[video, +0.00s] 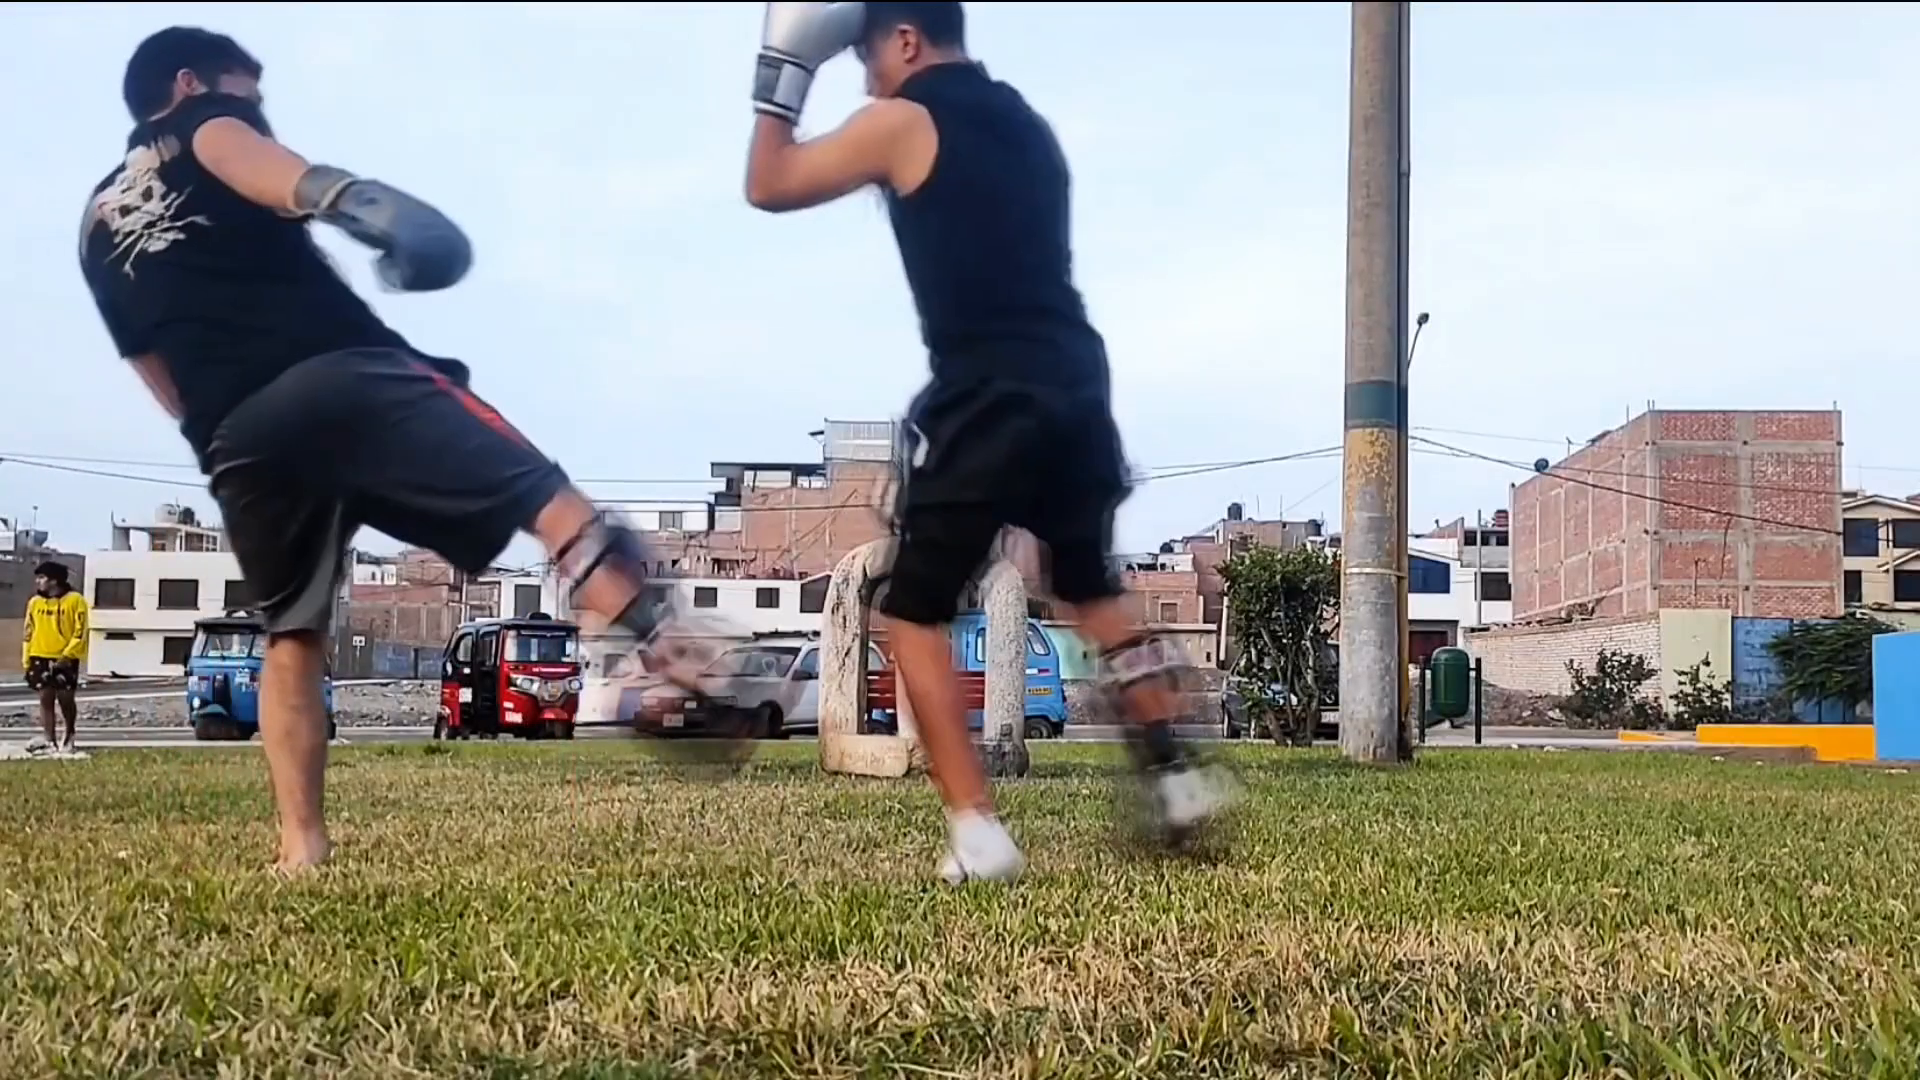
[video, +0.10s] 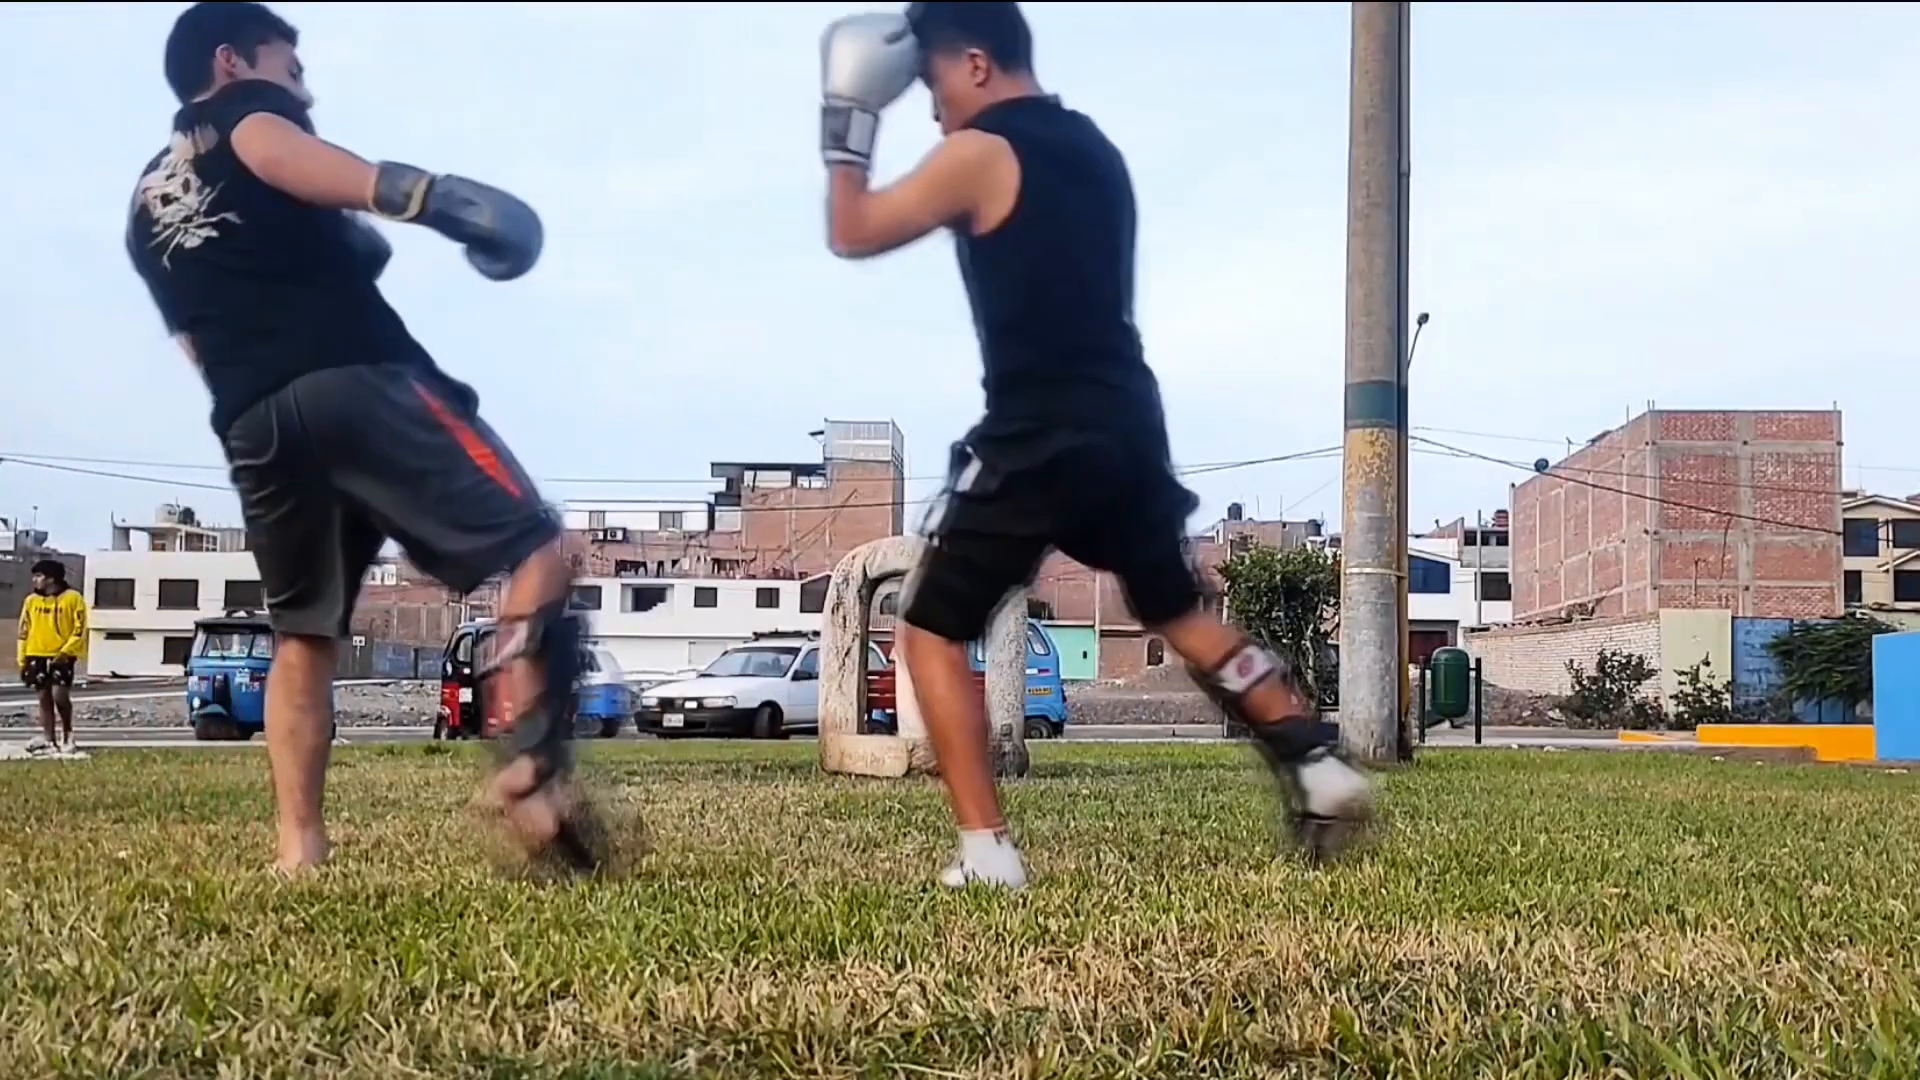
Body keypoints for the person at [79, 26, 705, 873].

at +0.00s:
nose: (258, 113)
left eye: (257, 100)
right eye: (247, 96)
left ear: (153, 101)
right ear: (187, 83)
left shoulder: (96, 225)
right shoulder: (204, 124)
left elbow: (169, 390)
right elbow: (250, 166)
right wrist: (352, 197)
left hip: (236, 437)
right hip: (334, 368)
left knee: (291, 639)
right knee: (543, 498)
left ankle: (301, 850)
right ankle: (671, 643)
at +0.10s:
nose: (300, 80)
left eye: (297, 66)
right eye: (287, 61)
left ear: (204, 73)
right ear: (229, 58)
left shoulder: (146, 199)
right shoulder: (244, 110)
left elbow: (194, 344)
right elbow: (280, 157)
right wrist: (436, 194)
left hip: (253, 423)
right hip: (349, 377)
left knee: (302, 633)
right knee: (534, 547)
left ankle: (299, 849)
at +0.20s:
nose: (346, 78)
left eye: (338, 59)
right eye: (329, 58)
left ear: (250, 81)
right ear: (273, 64)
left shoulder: (205, 193)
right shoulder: (292, 121)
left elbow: (310, 290)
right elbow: (329, 203)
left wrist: (411, 219)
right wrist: (483, 202)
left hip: (267, 442)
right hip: (355, 419)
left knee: (345, 626)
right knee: (499, 609)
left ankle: (256, 817)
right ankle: (468, 844)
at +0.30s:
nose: (371, 84)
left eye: (362, 66)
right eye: (351, 64)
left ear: (279, 79)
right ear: (292, 71)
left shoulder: (230, 185)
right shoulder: (308, 142)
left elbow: (317, 291)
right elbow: (343, 236)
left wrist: (400, 221)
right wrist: (465, 195)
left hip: (267, 447)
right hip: (345, 435)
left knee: (353, 631)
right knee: (480, 615)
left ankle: (212, 791)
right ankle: (470, 844)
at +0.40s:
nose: (361, 67)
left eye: (355, 51)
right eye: (341, 47)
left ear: (283, 59)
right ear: (278, 56)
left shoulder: (293, 161)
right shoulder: (259, 131)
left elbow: (346, 322)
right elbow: (299, 245)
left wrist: (397, 244)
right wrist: (398, 180)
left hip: (270, 424)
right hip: (298, 416)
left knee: (340, 648)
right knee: (405, 610)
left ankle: (174, 824)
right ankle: (455, 843)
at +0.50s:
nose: (339, 53)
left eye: (337, 37)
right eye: (317, 34)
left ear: (279, 54)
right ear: (255, 50)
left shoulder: (308, 160)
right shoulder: (219, 127)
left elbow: (369, 307)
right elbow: (265, 223)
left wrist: (395, 203)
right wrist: (338, 117)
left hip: (284, 403)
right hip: (239, 400)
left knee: (308, 642)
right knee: (363, 569)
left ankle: (170, 828)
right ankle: (325, 820)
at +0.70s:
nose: (296, 20)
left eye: (300, 10)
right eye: (281, 5)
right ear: (223, 11)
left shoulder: (290, 147)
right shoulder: (174, 82)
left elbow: (343, 277)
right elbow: (203, 190)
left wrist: (366, 172)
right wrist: (270, 80)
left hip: (278, 399)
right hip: (189, 378)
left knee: (319, 584)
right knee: (160, 580)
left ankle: (209, 784)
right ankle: (24, 748)